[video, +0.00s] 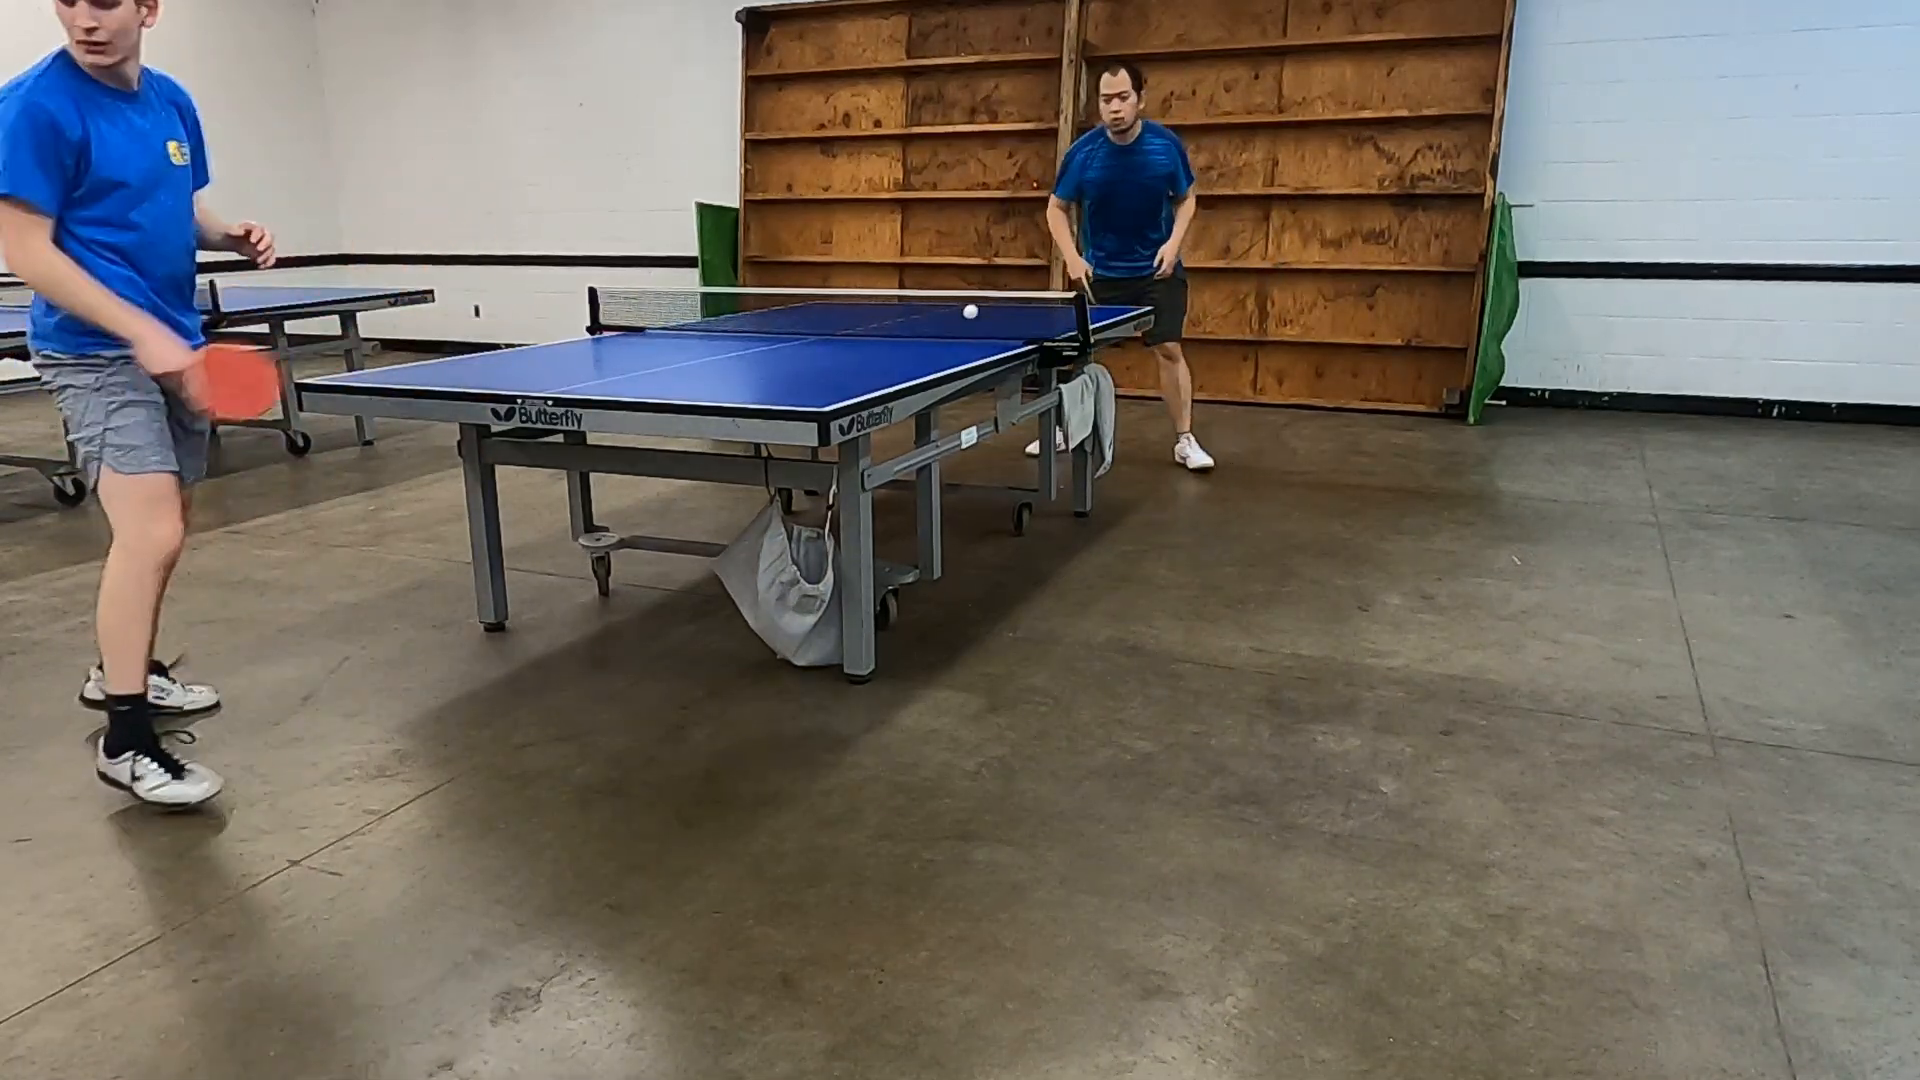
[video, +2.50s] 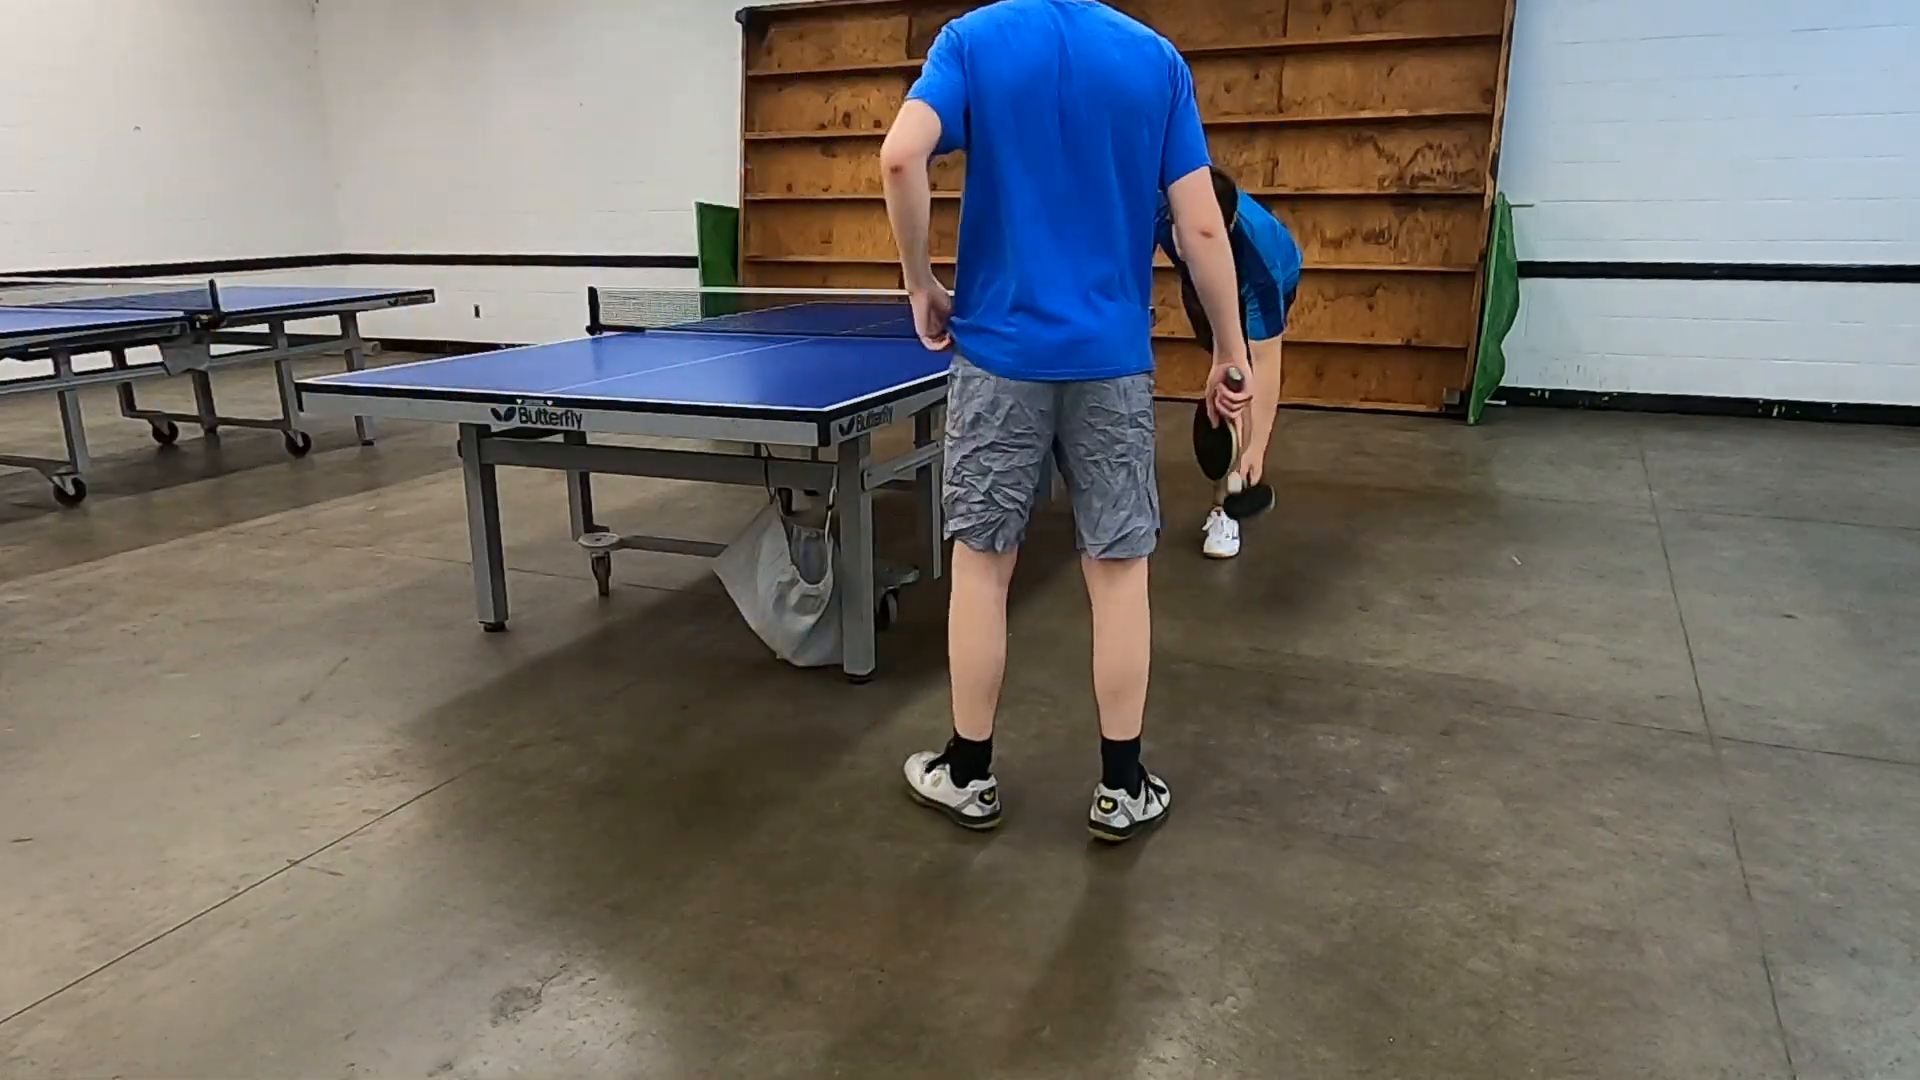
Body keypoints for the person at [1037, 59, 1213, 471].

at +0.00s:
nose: (1114, 107)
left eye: (1122, 98)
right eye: (1106, 99)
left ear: (1139, 100)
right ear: (1098, 104)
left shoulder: (1167, 146)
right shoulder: (1082, 153)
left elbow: (1186, 199)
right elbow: (1055, 208)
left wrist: (1173, 244)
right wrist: (1072, 257)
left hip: (1157, 272)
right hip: (1099, 276)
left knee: (1169, 349)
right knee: (1070, 352)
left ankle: (1184, 438)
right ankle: (1065, 428)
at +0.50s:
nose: (1204, 72)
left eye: (1213, 64)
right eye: (1196, 63)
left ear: (1225, 72)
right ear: (1182, 70)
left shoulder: (1239, 128)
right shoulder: (1154, 126)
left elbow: (1257, 188)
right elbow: (1123, 190)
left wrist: (1229, 219)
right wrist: (1161, 222)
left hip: (1209, 263)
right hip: (1156, 257)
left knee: (1200, 357)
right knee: (1146, 348)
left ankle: (1190, 442)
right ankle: (1127, 441)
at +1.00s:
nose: (1203, 63)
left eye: (1211, 53)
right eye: (1193, 56)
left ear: (1225, 59)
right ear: (1179, 66)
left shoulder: (1250, 115)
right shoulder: (1162, 128)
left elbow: (1275, 176)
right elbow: (1134, 199)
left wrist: (1244, 217)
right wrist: (1176, 239)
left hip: (1242, 264)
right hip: (1184, 265)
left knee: (1237, 367)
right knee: (1195, 366)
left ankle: (1201, 433)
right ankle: (1209, 468)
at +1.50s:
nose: (1205, 60)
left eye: (1213, 48)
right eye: (1194, 52)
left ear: (1229, 54)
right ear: (1179, 63)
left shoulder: (1259, 115)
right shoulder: (1161, 127)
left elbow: (1284, 180)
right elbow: (1136, 199)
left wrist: (1261, 223)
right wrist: (1121, 264)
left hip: (1244, 268)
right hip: (1180, 275)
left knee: (1247, 370)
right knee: (1194, 378)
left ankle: (1254, 483)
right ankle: (1209, 468)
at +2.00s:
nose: (1209, 128)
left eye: (1222, 117)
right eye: (1199, 116)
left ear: (1241, 106)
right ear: (1183, 101)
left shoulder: (1264, 154)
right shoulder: (1167, 133)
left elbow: (1277, 251)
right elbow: (1140, 212)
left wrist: (1248, 329)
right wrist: (1120, 292)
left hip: (1239, 292)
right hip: (1183, 283)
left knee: (1227, 397)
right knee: (1190, 381)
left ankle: (1226, 509)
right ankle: (1211, 454)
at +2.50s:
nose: (1191, 238)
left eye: (1205, 229)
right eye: (1184, 226)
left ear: (1227, 222)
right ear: (1174, 215)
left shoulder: (1257, 258)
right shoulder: (1163, 213)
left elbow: (1267, 362)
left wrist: (1257, 447)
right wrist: (1222, 369)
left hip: (1266, 280)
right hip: (1204, 277)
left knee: (1247, 387)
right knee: (1222, 369)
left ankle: (1223, 509)